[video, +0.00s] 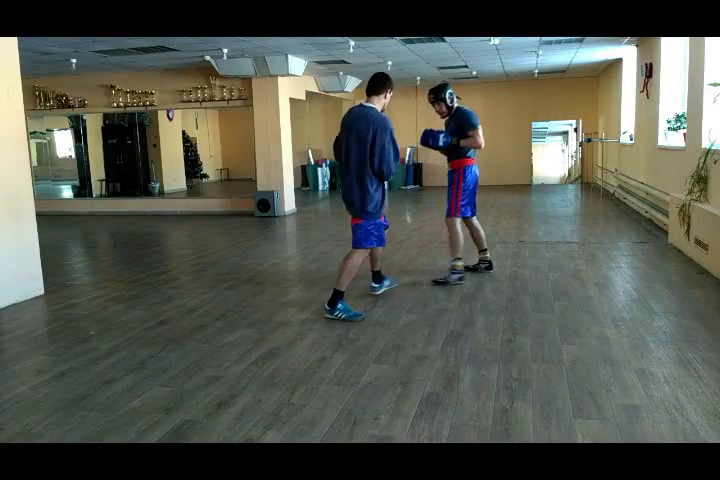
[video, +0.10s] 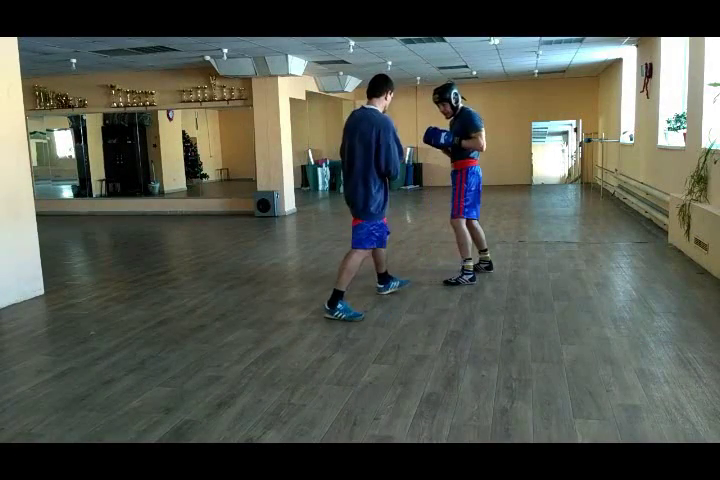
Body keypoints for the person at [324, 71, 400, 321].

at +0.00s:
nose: (389, 100)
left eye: (389, 95)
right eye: (391, 95)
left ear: (367, 91)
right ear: (386, 94)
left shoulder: (351, 115)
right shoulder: (381, 122)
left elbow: (338, 150)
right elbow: (386, 168)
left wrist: (355, 167)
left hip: (351, 187)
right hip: (371, 191)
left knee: (376, 231)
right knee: (361, 247)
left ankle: (377, 278)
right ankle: (335, 302)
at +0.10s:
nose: (391, 100)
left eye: (390, 96)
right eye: (391, 96)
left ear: (368, 93)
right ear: (387, 95)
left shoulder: (353, 118)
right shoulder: (383, 123)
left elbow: (345, 155)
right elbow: (391, 168)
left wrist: (357, 174)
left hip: (354, 188)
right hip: (373, 192)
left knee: (378, 235)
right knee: (360, 248)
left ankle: (384, 279)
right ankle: (335, 301)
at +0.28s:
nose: (398, 102)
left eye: (398, 98)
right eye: (399, 98)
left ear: (377, 95)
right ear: (394, 98)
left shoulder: (364, 117)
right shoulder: (383, 123)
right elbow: (386, 167)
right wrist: (392, 171)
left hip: (363, 187)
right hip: (371, 192)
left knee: (391, 234)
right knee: (362, 244)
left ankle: (387, 280)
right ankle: (337, 299)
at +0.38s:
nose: (402, 101)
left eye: (402, 97)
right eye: (402, 96)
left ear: (382, 93)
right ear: (396, 96)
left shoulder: (371, 114)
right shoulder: (381, 119)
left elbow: (381, 139)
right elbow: (383, 165)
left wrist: (398, 117)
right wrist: (395, 164)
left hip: (375, 192)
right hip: (370, 193)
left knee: (392, 234)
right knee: (363, 241)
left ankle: (387, 280)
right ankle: (340, 297)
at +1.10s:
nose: (384, 104)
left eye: (385, 100)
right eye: (384, 99)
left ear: (371, 97)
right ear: (375, 97)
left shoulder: (366, 121)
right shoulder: (360, 121)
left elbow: (370, 148)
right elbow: (361, 162)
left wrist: (384, 131)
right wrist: (383, 163)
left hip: (369, 191)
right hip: (356, 193)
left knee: (384, 231)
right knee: (349, 239)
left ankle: (382, 271)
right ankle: (324, 288)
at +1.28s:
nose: (395, 104)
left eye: (395, 100)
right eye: (394, 99)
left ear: (383, 97)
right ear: (385, 97)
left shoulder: (385, 122)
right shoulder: (363, 120)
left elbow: (410, 116)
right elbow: (353, 160)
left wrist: (436, 101)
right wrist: (381, 161)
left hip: (370, 190)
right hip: (352, 190)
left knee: (380, 229)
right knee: (344, 233)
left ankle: (381, 272)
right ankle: (329, 285)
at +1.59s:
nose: (383, 103)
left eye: (384, 98)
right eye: (382, 97)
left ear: (370, 95)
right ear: (371, 94)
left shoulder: (375, 118)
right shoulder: (352, 118)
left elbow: (392, 120)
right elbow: (346, 158)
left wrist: (409, 110)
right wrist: (372, 158)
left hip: (367, 184)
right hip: (350, 186)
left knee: (375, 228)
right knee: (346, 231)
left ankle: (381, 272)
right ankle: (319, 267)